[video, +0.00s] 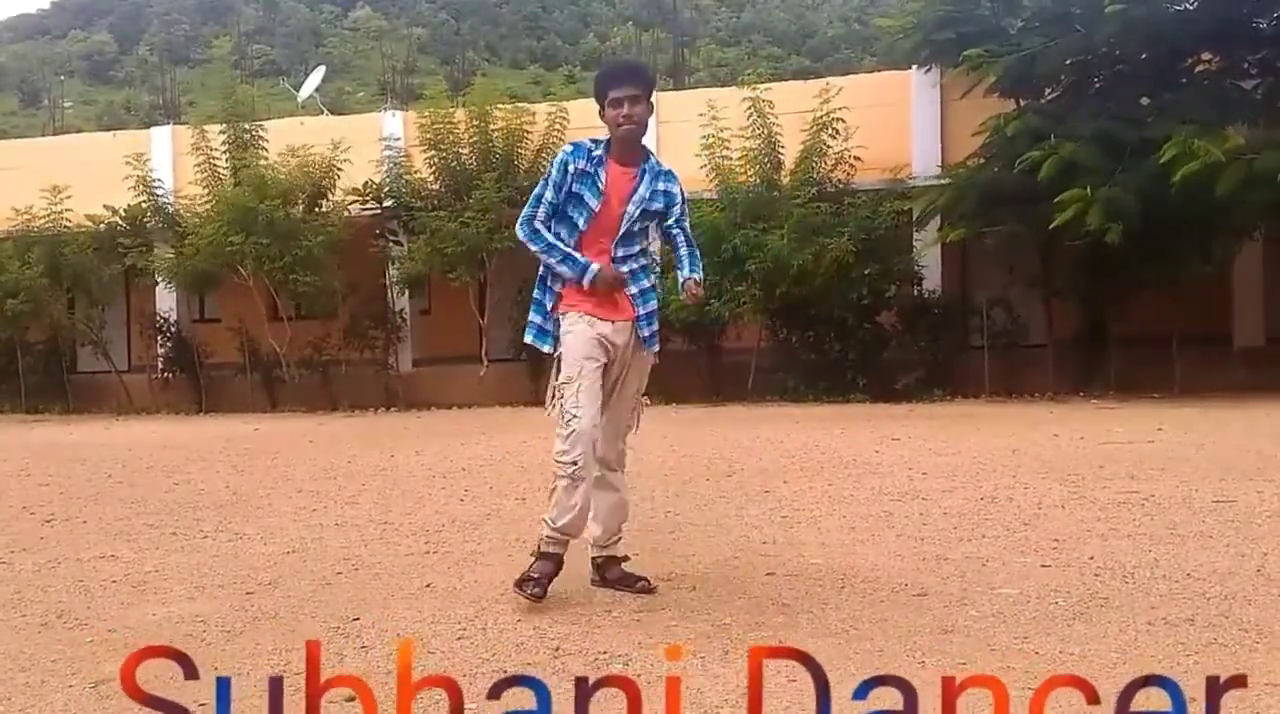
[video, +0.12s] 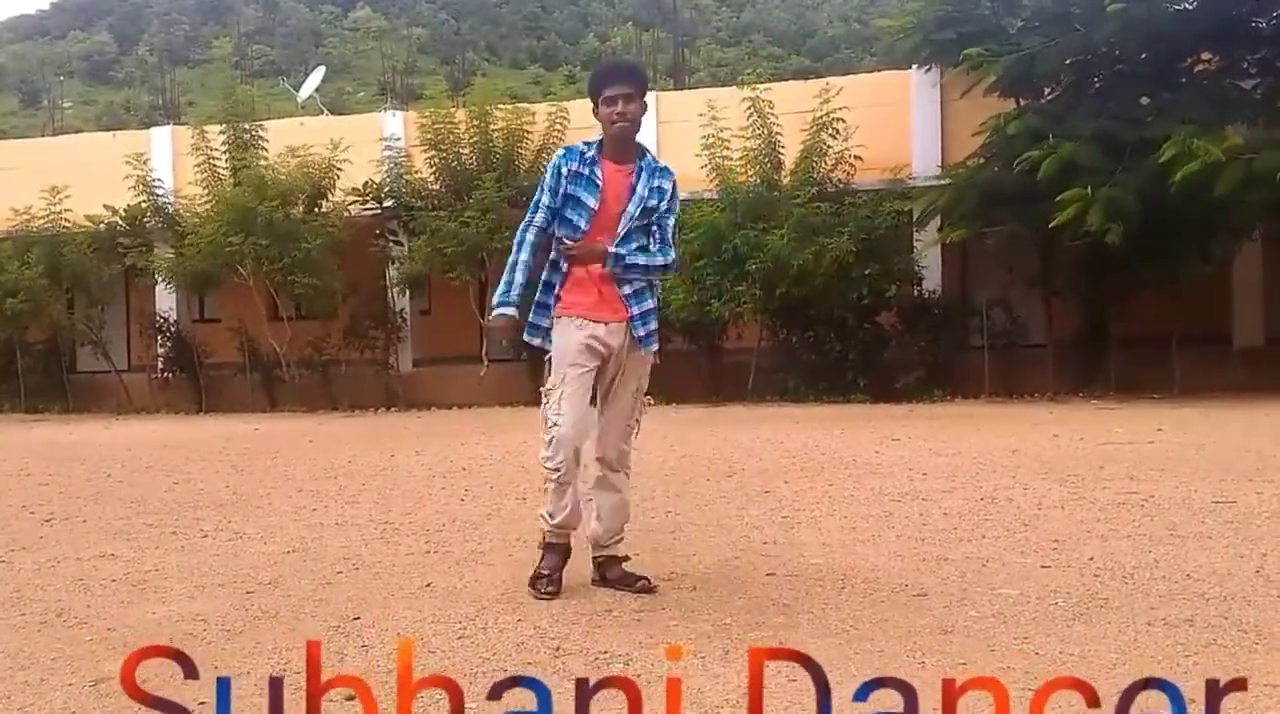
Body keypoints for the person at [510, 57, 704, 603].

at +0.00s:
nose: (628, 112)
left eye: (636, 102)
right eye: (617, 103)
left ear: (651, 107)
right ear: (602, 110)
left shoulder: (664, 182)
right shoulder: (573, 160)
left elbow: (682, 237)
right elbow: (530, 225)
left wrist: (690, 273)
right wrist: (586, 268)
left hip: (636, 320)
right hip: (581, 315)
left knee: (613, 445)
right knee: (581, 434)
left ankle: (606, 560)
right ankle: (552, 550)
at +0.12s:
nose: (619, 111)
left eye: (629, 101)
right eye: (609, 103)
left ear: (644, 106)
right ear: (596, 109)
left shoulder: (659, 178)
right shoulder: (568, 163)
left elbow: (664, 255)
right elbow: (532, 233)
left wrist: (599, 251)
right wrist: (507, 307)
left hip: (635, 325)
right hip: (576, 319)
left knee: (614, 449)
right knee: (567, 437)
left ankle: (608, 559)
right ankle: (554, 546)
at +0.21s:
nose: (613, 107)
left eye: (621, 97)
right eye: (602, 98)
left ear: (634, 104)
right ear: (586, 107)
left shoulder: (655, 173)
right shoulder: (561, 166)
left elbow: (646, 249)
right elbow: (529, 236)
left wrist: (572, 241)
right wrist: (485, 300)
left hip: (634, 325)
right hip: (571, 324)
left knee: (616, 450)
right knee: (563, 446)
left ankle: (608, 561)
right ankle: (567, 558)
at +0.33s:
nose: (589, 110)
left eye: (600, 101)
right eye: (580, 102)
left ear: (614, 108)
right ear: (566, 110)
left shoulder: (639, 167)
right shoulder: (554, 172)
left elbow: (632, 246)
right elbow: (524, 243)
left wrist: (560, 252)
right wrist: (473, 302)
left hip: (633, 325)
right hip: (573, 326)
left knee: (626, 447)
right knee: (567, 446)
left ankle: (620, 559)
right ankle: (571, 558)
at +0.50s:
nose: (578, 112)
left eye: (587, 102)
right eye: (569, 104)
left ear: (604, 108)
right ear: (557, 113)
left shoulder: (630, 158)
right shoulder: (555, 176)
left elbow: (626, 238)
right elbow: (536, 248)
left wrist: (564, 289)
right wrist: (502, 318)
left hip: (636, 320)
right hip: (578, 324)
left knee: (657, 438)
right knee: (566, 445)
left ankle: (678, 551)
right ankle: (570, 555)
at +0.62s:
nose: (577, 118)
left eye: (586, 107)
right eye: (567, 111)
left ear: (605, 111)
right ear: (557, 119)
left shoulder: (633, 159)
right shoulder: (559, 181)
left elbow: (659, 233)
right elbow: (531, 239)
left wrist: (637, 311)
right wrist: (496, 292)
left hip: (649, 331)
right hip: (586, 335)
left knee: (677, 446)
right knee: (571, 449)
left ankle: (702, 558)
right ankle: (569, 556)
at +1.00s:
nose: (587, 168)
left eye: (597, 158)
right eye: (583, 161)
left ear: (630, 165)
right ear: (585, 170)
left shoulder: (657, 197)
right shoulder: (588, 211)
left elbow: (613, 220)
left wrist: (561, 188)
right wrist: (556, 193)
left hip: (685, 358)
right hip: (623, 357)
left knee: (716, 466)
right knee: (550, 449)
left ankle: (731, 564)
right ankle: (572, 542)